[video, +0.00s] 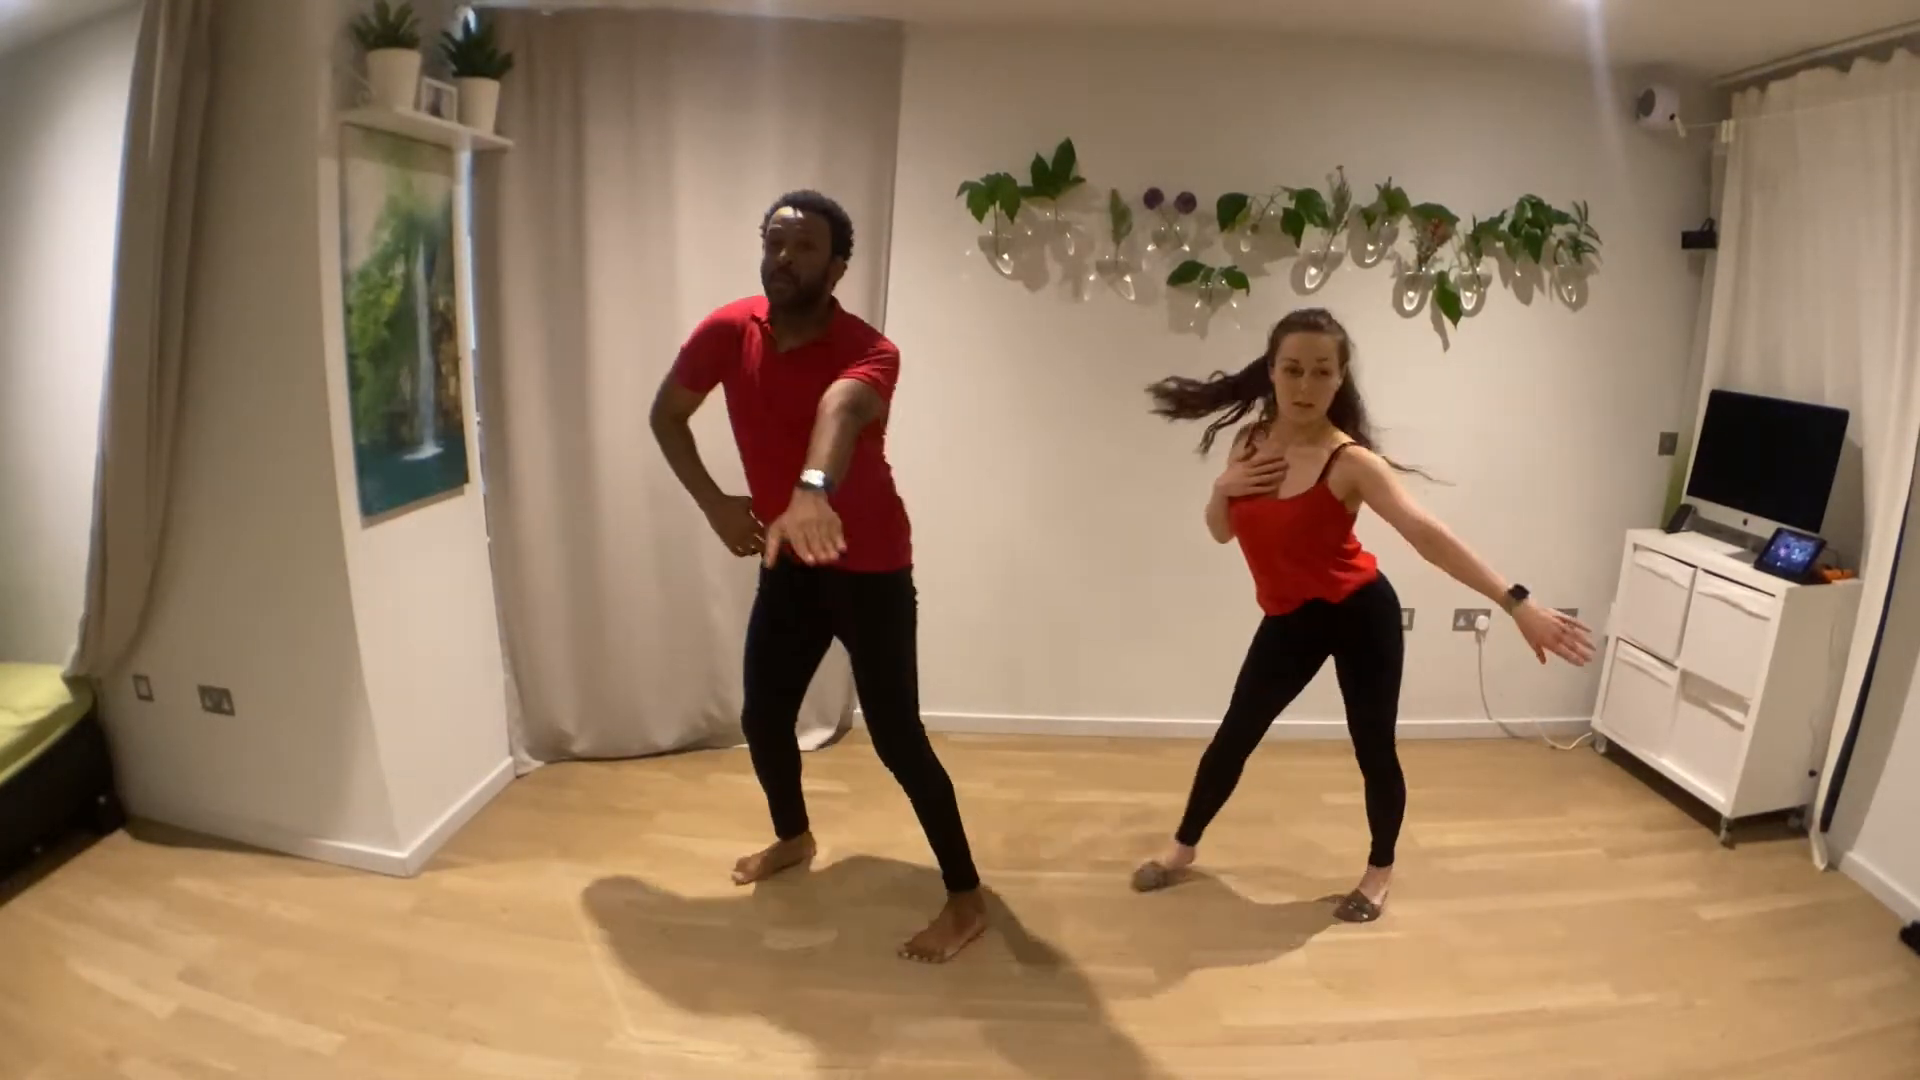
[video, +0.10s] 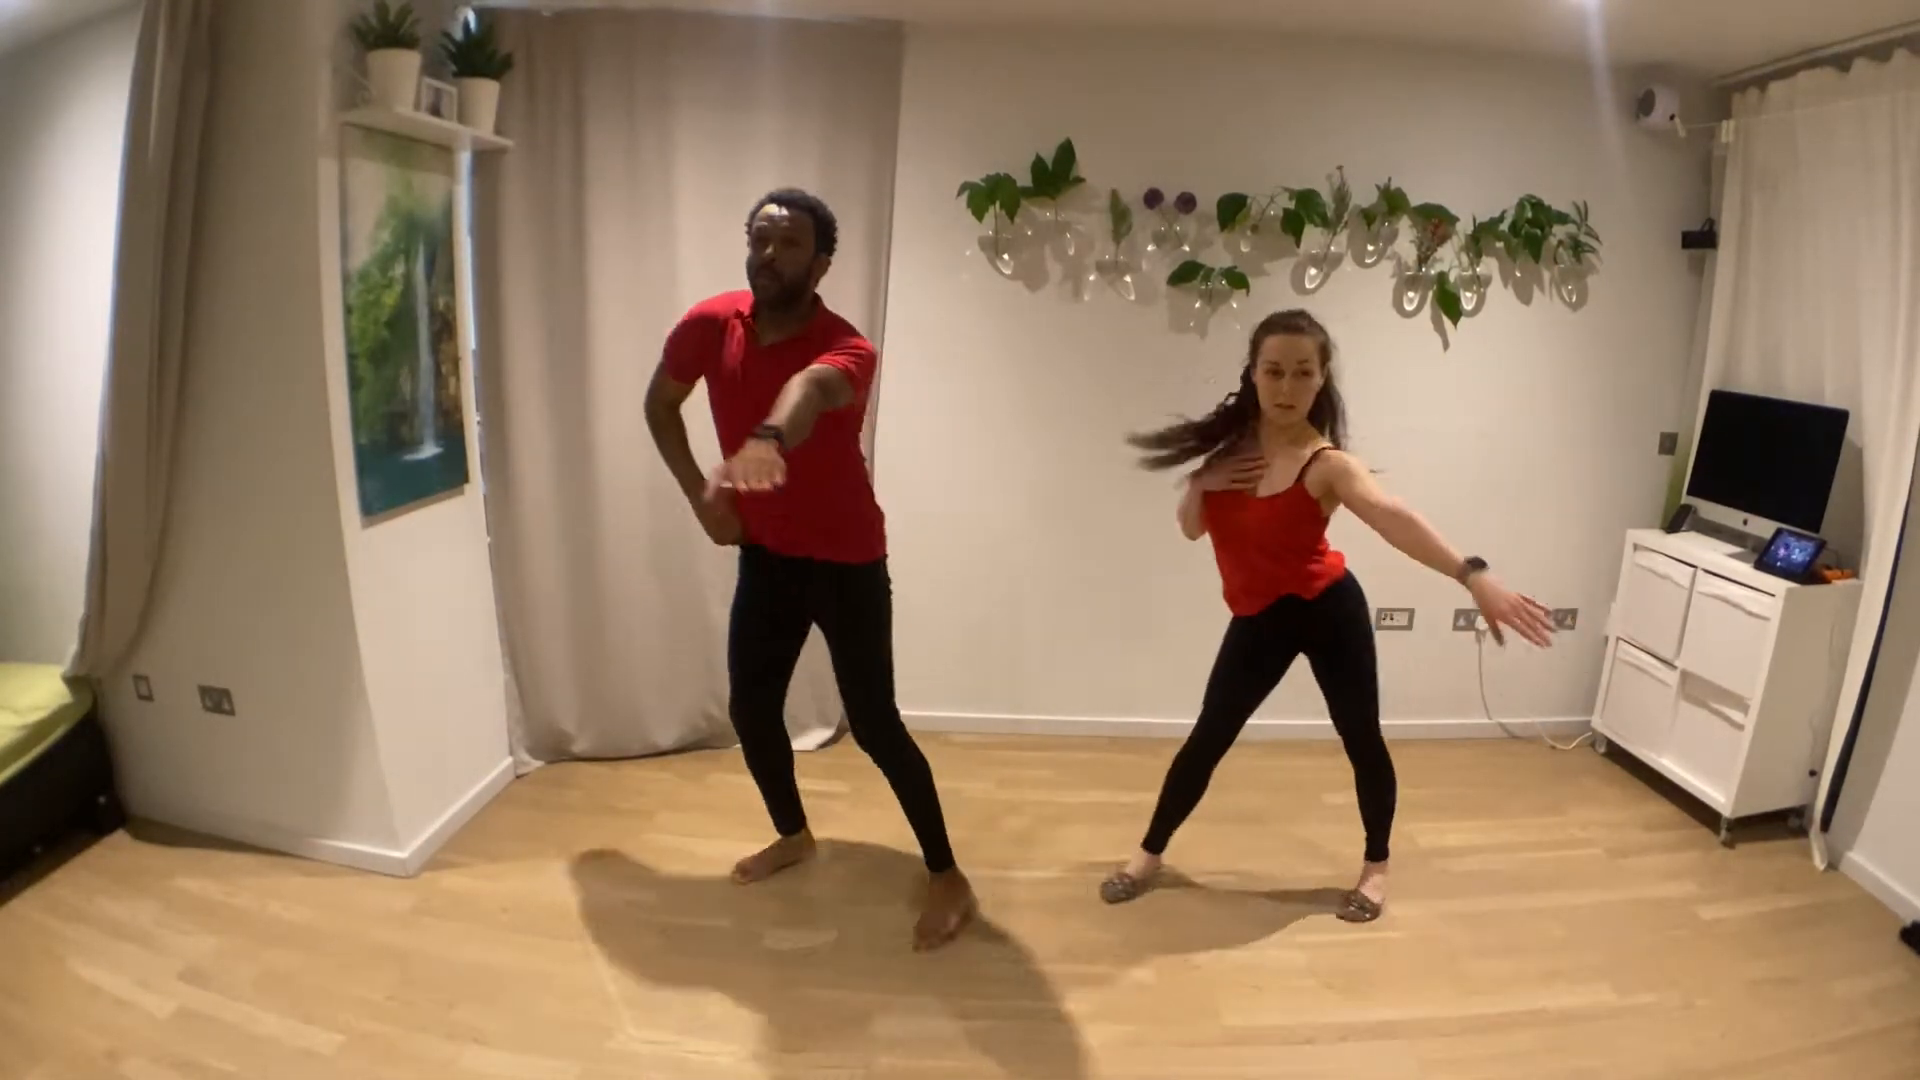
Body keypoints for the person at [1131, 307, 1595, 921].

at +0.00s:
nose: (1306, 386)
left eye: (1322, 372)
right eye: (1293, 369)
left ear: (1339, 380)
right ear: (1271, 372)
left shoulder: (1349, 461)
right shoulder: (1251, 443)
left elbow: (1426, 533)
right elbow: (1222, 532)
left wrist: (1518, 603)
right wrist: (1221, 490)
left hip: (1359, 610)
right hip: (1290, 618)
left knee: (1374, 748)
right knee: (1235, 733)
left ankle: (1379, 871)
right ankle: (1181, 848)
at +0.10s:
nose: (1287, 387)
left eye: (1303, 372)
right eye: (1274, 371)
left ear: (1321, 380)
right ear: (1253, 375)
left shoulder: (1325, 464)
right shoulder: (1227, 451)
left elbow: (1387, 515)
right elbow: (1192, 528)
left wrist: (1473, 577)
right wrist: (1198, 482)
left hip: (1326, 605)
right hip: (1258, 616)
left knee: (1362, 739)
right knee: (1207, 737)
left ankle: (1375, 870)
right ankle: (1147, 855)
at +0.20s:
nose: (1267, 390)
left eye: (1282, 376)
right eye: (1253, 374)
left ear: (1302, 383)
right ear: (1234, 377)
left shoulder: (1297, 463)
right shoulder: (1210, 442)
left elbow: (1339, 502)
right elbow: (1163, 524)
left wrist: (1393, 546)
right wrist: (1174, 480)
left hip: (1289, 611)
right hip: (1221, 619)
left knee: (1334, 738)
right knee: (1165, 743)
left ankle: (1367, 865)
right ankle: (1141, 857)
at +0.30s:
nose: (1249, 393)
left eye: (1265, 378)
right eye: (1237, 377)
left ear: (1285, 384)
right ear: (1218, 380)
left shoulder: (1280, 463)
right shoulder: (1192, 444)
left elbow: (1277, 493)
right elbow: (1137, 524)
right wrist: (1157, 475)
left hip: (1248, 618)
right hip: (1179, 620)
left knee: (1296, 750)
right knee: (1133, 752)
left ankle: (1354, 860)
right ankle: (1141, 858)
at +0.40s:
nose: (1234, 396)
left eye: (1250, 381)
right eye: (1222, 380)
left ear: (1271, 386)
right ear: (1205, 382)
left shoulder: (1271, 472)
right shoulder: (1183, 447)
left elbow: (1217, 483)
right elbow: (1121, 525)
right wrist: (1144, 484)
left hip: (1218, 621)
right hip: (1152, 614)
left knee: (1236, 773)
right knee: (1116, 751)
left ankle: (1303, 839)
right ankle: (1139, 857)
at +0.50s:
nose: (1223, 394)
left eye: (1239, 381)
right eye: (1212, 379)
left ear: (1260, 387)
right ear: (1195, 382)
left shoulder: (1264, 468)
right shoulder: (1172, 451)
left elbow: (1185, 485)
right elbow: (1115, 531)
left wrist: (1093, 487)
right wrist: (1130, 491)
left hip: (1199, 623)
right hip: (1136, 611)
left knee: (1182, 777)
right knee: (1111, 754)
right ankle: (1141, 859)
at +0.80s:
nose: (1203, 376)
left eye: (1218, 364)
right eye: (1191, 362)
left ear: (1237, 370)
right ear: (1173, 366)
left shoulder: (1242, 456)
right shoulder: (1149, 415)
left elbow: (1174, 485)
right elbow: (1076, 442)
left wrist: (1154, 430)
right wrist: (1105, 436)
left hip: (1213, 605)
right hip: (1146, 601)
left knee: (1190, 743)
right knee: (1103, 746)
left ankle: (1154, 810)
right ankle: (1122, 841)